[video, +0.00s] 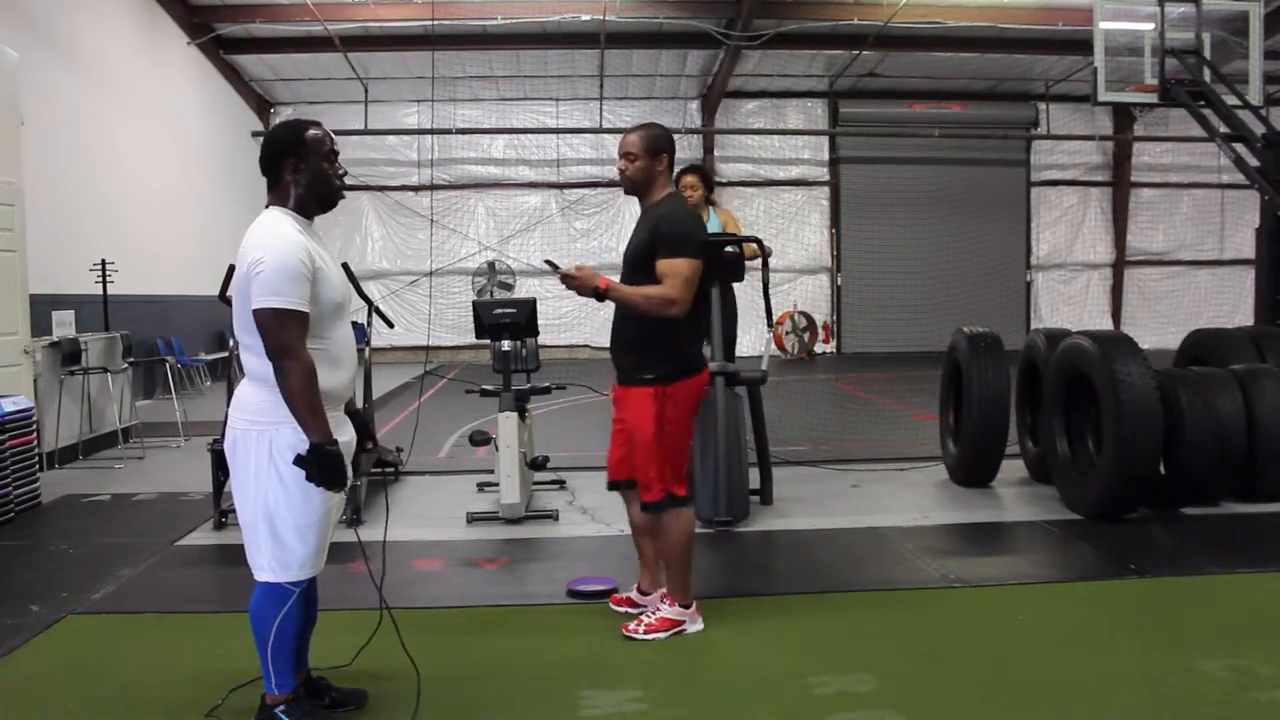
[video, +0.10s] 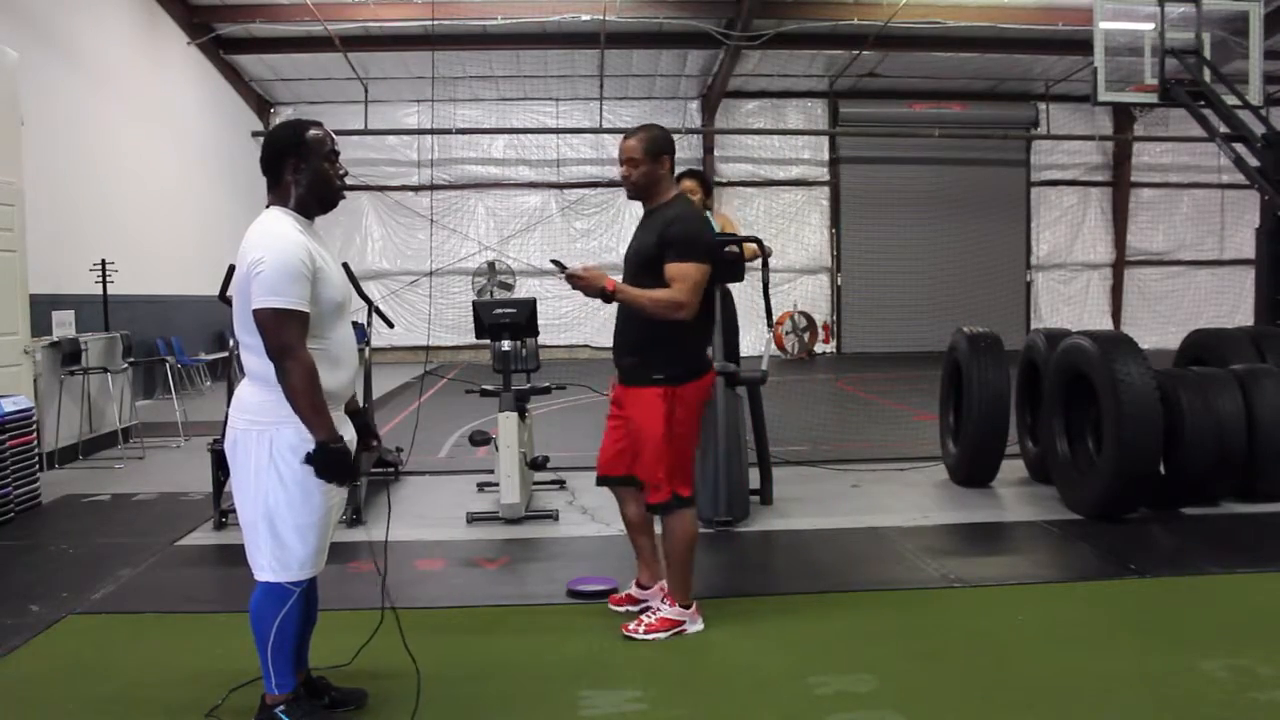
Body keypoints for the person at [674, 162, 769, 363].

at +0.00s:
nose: (689, 194)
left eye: (694, 189)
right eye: (683, 189)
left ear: (706, 191)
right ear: (677, 192)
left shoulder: (721, 216)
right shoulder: (676, 219)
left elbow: (748, 249)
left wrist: (718, 258)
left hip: (718, 288)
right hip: (687, 290)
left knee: (724, 349)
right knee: (687, 349)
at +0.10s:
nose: (687, 199)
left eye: (693, 193)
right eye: (683, 194)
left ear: (706, 196)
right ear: (677, 196)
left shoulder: (720, 221)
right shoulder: (673, 224)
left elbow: (750, 250)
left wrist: (716, 255)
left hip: (715, 293)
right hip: (684, 295)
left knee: (726, 354)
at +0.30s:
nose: (696, 201)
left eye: (702, 196)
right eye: (691, 195)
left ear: (710, 199)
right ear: (683, 196)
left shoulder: (722, 224)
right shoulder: (671, 226)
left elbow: (746, 252)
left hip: (718, 299)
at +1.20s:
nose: (695, 193)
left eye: (701, 188)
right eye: (689, 188)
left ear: (711, 192)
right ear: (682, 191)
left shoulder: (721, 216)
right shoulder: (674, 216)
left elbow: (741, 247)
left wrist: (757, 250)